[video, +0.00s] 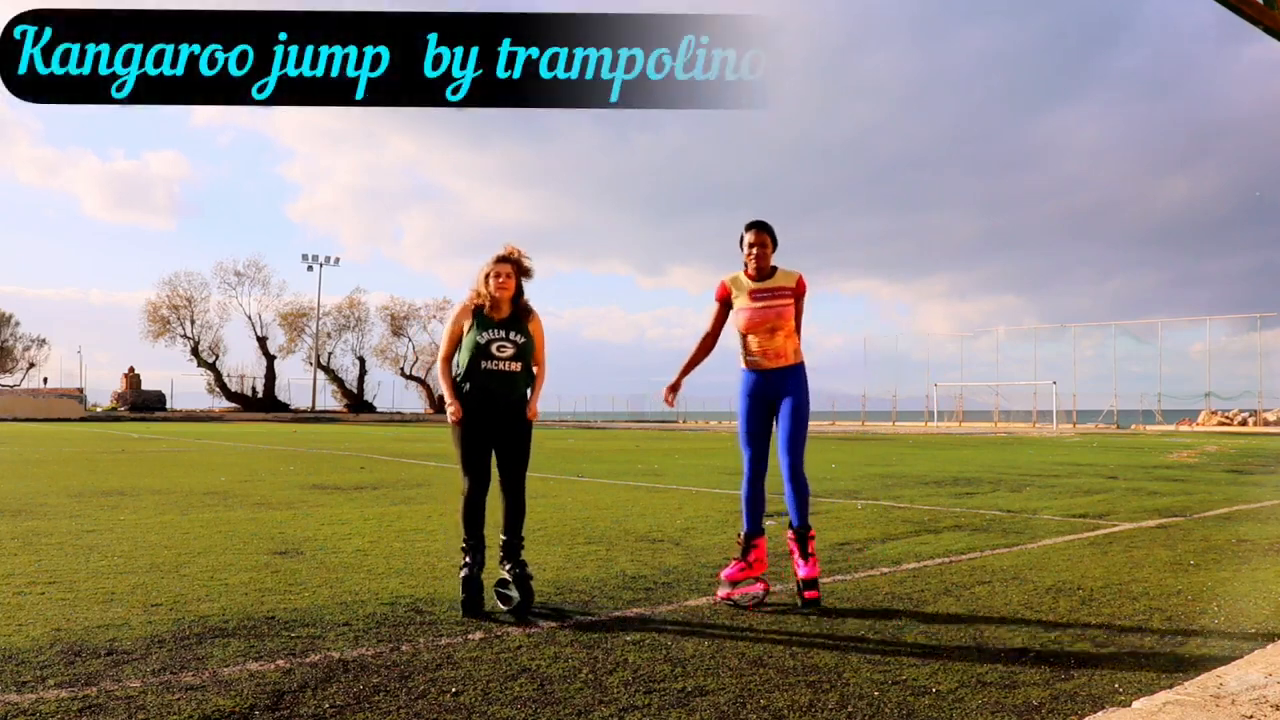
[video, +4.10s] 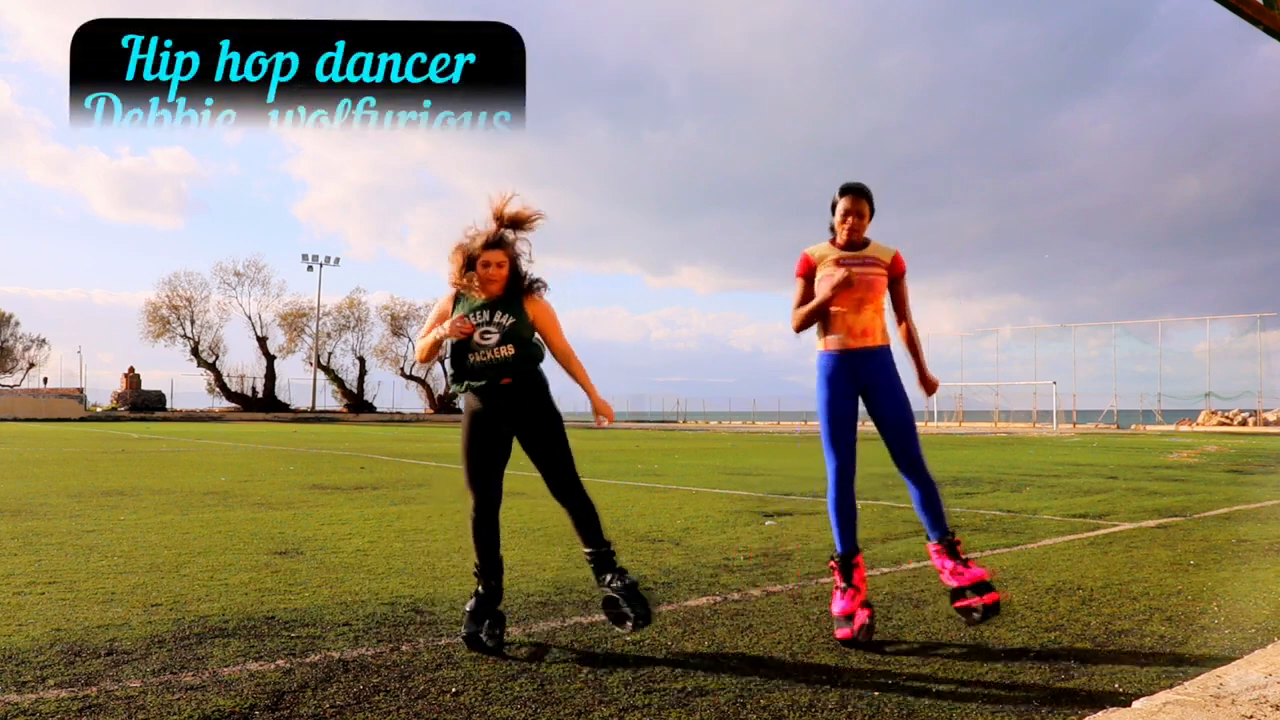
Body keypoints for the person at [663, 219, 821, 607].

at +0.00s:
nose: (755, 251)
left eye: (761, 245)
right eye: (749, 246)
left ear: (773, 249)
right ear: (742, 250)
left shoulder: (794, 282)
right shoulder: (731, 287)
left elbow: (795, 331)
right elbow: (710, 338)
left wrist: (789, 366)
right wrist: (679, 377)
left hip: (792, 381)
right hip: (753, 382)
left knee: (792, 466)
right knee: (754, 467)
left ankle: (802, 546)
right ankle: (752, 551)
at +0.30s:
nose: (778, 245)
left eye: (783, 239)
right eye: (772, 240)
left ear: (794, 246)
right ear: (763, 248)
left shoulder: (812, 280)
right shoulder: (753, 283)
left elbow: (825, 332)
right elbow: (737, 336)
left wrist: (846, 380)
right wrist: (732, 384)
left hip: (803, 380)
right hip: (764, 380)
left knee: (802, 468)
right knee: (759, 467)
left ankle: (802, 551)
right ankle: (752, 549)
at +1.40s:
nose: (825, 253)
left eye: (831, 246)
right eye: (818, 246)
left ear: (842, 244)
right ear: (807, 245)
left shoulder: (859, 281)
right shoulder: (792, 279)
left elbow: (876, 330)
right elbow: (779, 323)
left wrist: (870, 355)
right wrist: (775, 337)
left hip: (842, 380)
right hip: (800, 379)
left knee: (844, 479)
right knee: (797, 475)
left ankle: (850, 566)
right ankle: (781, 560)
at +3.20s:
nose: (863, 231)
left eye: (870, 224)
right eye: (857, 225)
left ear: (887, 226)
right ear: (850, 229)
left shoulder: (908, 272)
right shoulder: (835, 265)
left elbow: (920, 328)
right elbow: (800, 315)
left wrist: (901, 364)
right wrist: (792, 373)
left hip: (878, 379)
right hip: (833, 372)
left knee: (875, 482)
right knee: (803, 468)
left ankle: (871, 577)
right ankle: (777, 566)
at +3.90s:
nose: (867, 223)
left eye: (874, 216)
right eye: (861, 216)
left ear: (888, 221)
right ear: (851, 222)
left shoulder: (910, 255)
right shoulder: (835, 257)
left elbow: (948, 284)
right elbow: (793, 303)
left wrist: (940, 315)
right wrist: (827, 327)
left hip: (880, 370)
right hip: (838, 365)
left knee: (873, 476)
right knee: (815, 462)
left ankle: (865, 570)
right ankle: (785, 553)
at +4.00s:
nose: (857, 210)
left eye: (865, 204)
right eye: (851, 203)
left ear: (876, 210)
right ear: (839, 206)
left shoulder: (895, 245)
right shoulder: (820, 247)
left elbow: (923, 293)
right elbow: (796, 305)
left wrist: (927, 350)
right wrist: (829, 297)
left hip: (880, 354)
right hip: (835, 355)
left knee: (897, 458)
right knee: (833, 459)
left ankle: (906, 554)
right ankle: (829, 560)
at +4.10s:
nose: (852, 222)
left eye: (860, 216)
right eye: (846, 214)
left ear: (870, 220)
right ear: (833, 216)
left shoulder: (888, 260)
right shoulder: (814, 260)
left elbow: (904, 319)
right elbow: (798, 322)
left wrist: (921, 369)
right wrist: (823, 292)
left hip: (880, 365)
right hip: (835, 368)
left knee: (913, 463)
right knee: (841, 471)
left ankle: (946, 552)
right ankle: (848, 574)